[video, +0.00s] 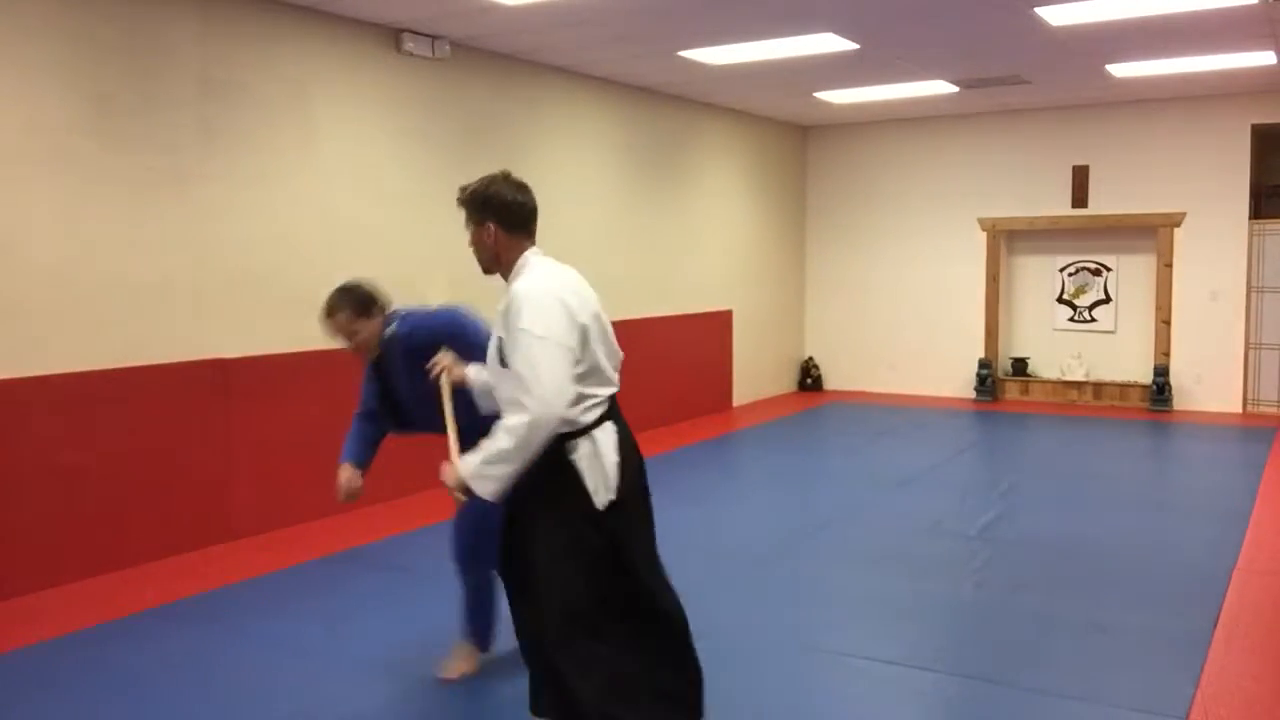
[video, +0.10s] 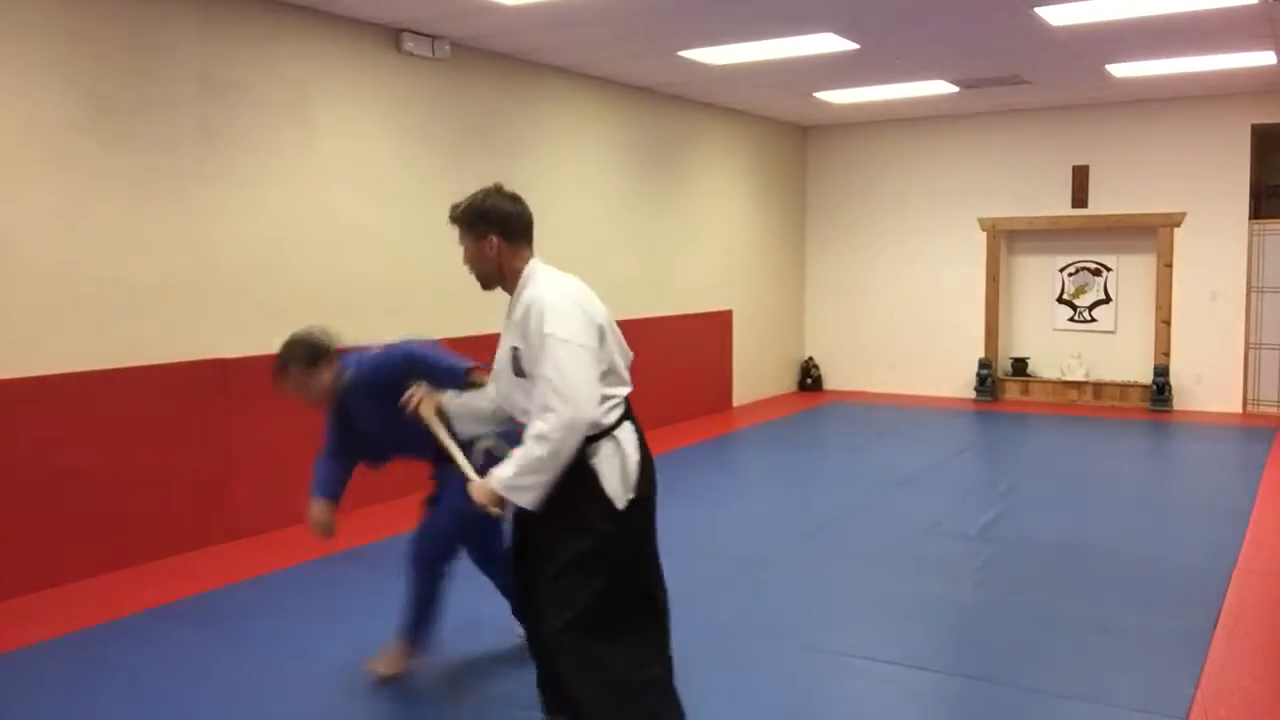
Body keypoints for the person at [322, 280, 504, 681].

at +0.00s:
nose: (350, 343)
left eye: (352, 332)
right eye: (343, 337)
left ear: (375, 316)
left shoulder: (414, 329)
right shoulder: (382, 366)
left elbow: (461, 320)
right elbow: (371, 415)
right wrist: (353, 462)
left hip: (510, 433)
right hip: (480, 441)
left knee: (472, 537)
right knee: (513, 547)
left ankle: (476, 641)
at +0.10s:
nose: (301, 397)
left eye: (299, 385)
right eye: (295, 388)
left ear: (320, 368)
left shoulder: (364, 371)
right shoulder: (346, 405)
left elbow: (412, 354)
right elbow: (338, 450)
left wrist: (467, 374)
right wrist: (323, 496)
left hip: (482, 447)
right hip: (455, 457)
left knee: (429, 549)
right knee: (488, 550)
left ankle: (408, 646)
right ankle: (544, 620)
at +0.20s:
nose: (250, 476)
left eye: (247, 465)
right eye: (243, 469)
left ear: (263, 446)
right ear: (260, 451)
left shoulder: (314, 426)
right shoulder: (299, 473)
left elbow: (366, 402)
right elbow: (290, 511)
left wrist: (429, 408)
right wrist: (289, 554)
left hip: (439, 461)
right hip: (426, 475)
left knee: (381, 564)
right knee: (469, 554)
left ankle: (352, 657)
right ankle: (542, 619)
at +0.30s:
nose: (227, 564)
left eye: (220, 557)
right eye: (219, 562)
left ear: (222, 533)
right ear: (215, 537)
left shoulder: (265, 494)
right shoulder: (235, 524)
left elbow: (325, 464)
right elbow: (245, 583)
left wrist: (392, 458)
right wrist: (257, 636)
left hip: (386, 490)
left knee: (345, 579)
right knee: (435, 554)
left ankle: (347, 662)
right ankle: (530, 598)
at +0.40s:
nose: (236, 647)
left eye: (230, 636)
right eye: (224, 651)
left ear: (219, 611)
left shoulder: (235, 559)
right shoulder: (189, 617)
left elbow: (302, 520)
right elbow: (224, 669)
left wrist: (379, 506)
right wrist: (252, 703)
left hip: (323, 473)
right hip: (276, 495)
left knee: (330, 600)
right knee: (381, 540)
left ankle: (351, 658)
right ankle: (477, 526)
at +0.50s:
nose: (244, 689)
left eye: (236, 689)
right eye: (239, 693)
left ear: (217, 674)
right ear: (212, 675)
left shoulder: (201, 627)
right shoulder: (169, 672)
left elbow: (266, 569)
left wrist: (348, 554)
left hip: (220, 502)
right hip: (176, 525)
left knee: (303, 587)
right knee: (315, 515)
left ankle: (358, 650)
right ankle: (371, 429)